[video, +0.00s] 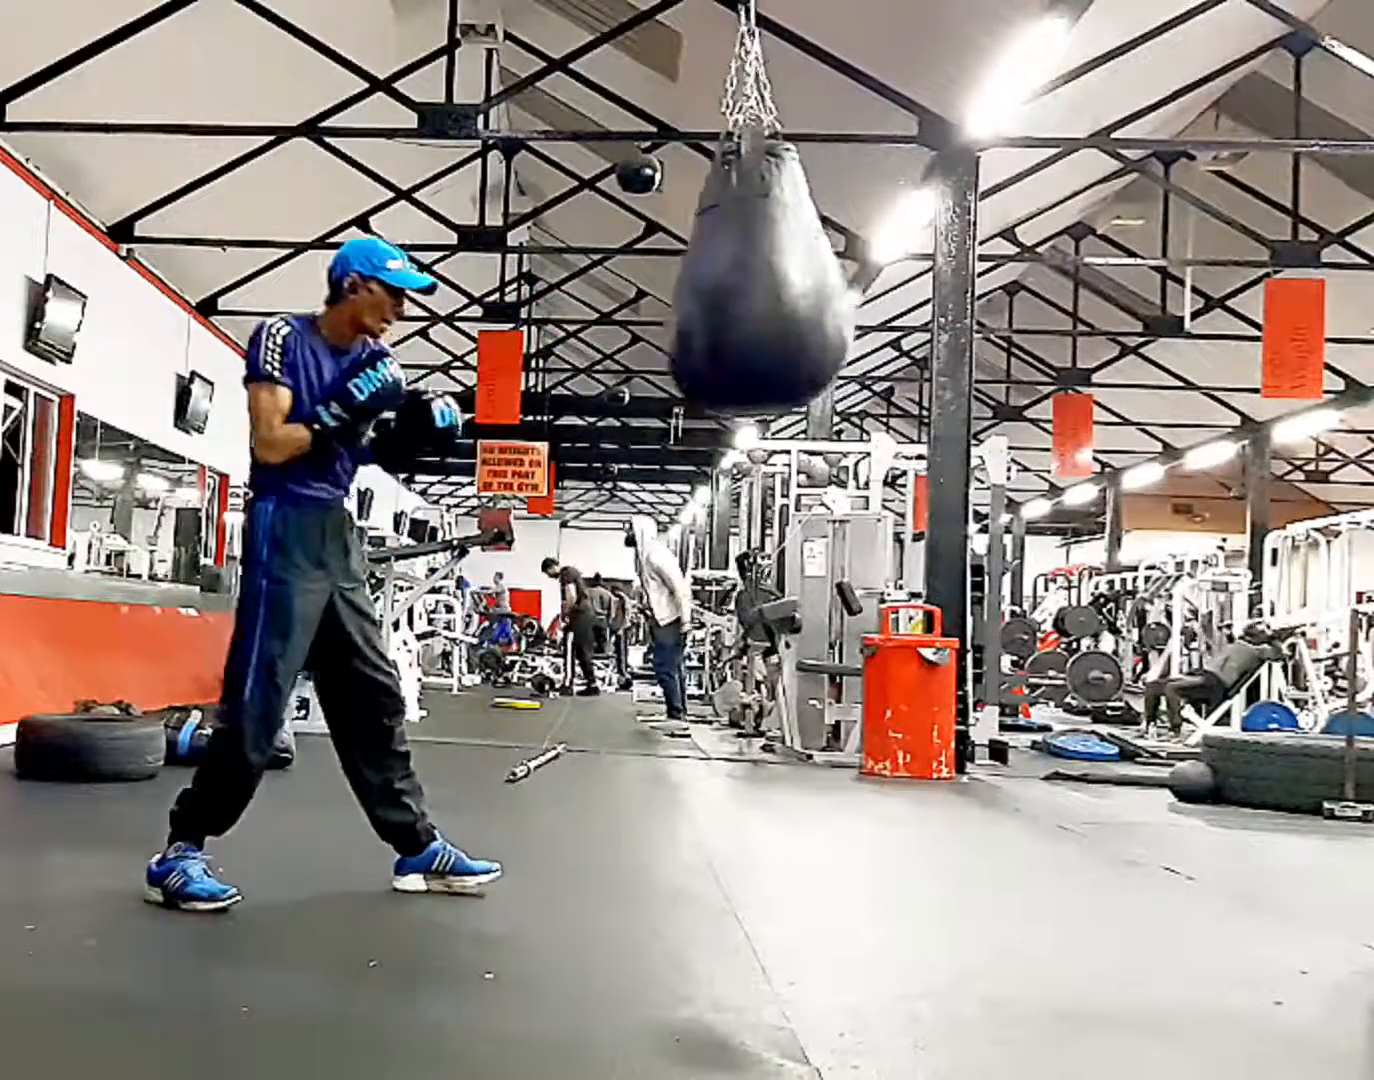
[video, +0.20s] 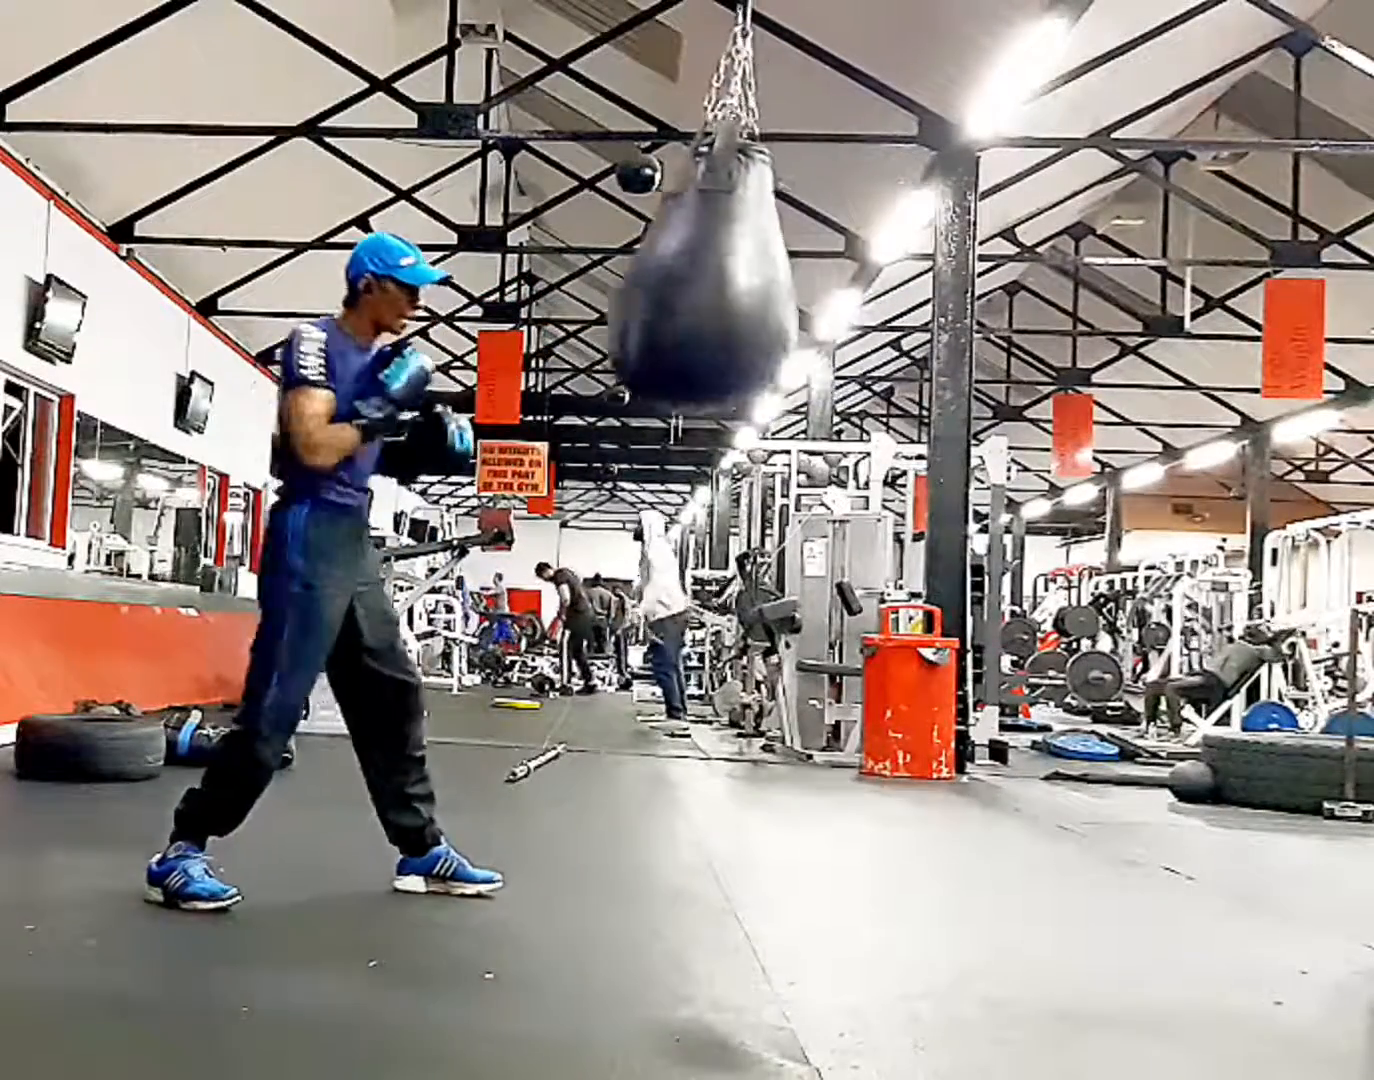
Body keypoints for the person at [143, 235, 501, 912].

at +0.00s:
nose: (395, 318)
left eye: (400, 307)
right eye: (389, 302)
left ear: (374, 299)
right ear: (352, 288)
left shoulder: (370, 364)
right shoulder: (280, 338)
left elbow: (385, 456)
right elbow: (268, 445)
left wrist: (419, 437)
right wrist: (347, 414)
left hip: (337, 536)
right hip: (284, 533)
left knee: (370, 699)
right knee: (257, 705)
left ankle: (417, 848)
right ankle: (179, 852)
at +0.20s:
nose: (414, 306)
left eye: (418, 295)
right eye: (406, 292)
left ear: (388, 294)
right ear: (368, 287)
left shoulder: (383, 363)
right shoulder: (314, 344)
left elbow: (382, 455)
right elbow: (313, 449)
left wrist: (432, 444)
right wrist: (385, 402)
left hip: (353, 540)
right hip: (307, 538)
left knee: (390, 696)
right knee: (272, 713)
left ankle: (421, 851)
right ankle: (181, 852)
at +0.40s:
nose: (425, 303)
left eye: (428, 291)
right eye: (417, 288)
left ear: (414, 291)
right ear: (378, 280)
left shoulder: (409, 348)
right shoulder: (317, 348)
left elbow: (470, 358)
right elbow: (326, 457)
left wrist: (537, 351)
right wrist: (393, 403)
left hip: (402, 539)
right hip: (336, 540)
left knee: (432, 699)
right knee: (291, 702)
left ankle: (429, 850)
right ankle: (200, 849)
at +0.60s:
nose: (402, 311)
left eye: (405, 300)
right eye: (391, 297)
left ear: (396, 302)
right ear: (352, 294)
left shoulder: (404, 358)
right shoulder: (292, 365)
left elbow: (486, 396)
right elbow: (295, 471)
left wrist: (509, 440)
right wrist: (356, 414)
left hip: (387, 552)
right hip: (319, 554)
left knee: (435, 694)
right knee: (279, 707)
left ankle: (427, 851)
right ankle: (198, 850)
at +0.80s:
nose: (404, 351)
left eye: (409, 339)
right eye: (395, 337)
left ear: (403, 338)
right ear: (356, 329)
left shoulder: (398, 391)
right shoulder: (291, 378)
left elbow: (439, 452)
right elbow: (276, 486)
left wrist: (455, 502)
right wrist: (344, 443)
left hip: (362, 564)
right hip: (299, 565)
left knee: (433, 697)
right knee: (279, 717)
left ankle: (426, 852)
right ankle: (195, 854)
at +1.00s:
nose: (425, 328)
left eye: (429, 317)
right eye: (418, 313)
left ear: (410, 312)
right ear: (380, 301)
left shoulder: (401, 376)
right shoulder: (313, 351)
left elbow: (390, 454)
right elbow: (302, 454)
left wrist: (431, 472)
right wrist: (382, 419)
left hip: (372, 546)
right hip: (309, 546)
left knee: (409, 693)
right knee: (266, 693)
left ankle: (418, 849)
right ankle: (197, 845)